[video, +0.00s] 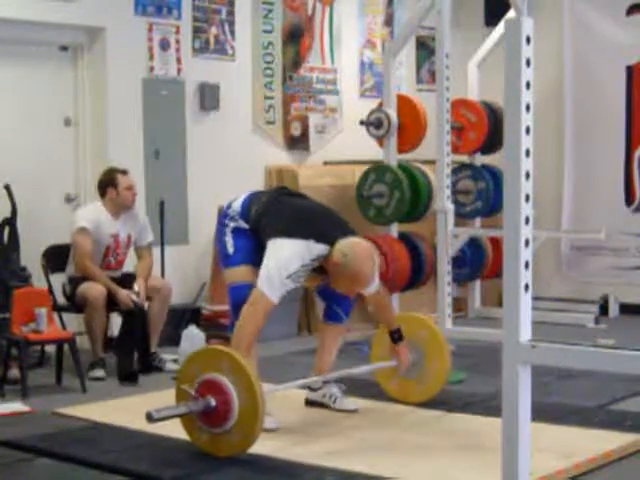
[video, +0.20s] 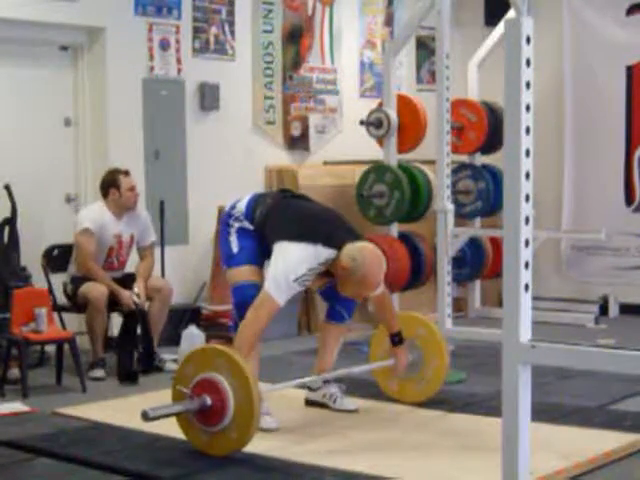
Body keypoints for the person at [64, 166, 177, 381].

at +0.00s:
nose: (135, 193)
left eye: (134, 188)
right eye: (129, 189)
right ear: (111, 193)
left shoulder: (135, 217)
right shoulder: (88, 216)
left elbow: (145, 256)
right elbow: (83, 264)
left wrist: (141, 281)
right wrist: (116, 290)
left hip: (119, 276)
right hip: (87, 277)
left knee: (162, 288)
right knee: (97, 294)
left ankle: (151, 352)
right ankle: (98, 359)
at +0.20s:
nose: (137, 194)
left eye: (135, 188)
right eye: (130, 189)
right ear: (113, 194)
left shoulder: (139, 216)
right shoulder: (91, 216)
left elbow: (147, 256)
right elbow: (85, 264)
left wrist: (140, 283)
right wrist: (119, 291)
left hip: (121, 277)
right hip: (88, 278)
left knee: (162, 289)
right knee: (98, 294)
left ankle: (150, 352)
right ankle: (98, 359)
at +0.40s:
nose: (139, 197)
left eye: (139, 192)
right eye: (134, 193)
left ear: (119, 196)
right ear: (116, 196)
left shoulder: (139, 220)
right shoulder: (91, 218)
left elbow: (147, 257)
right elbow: (85, 265)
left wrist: (140, 281)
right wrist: (120, 288)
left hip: (120, 278)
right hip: (87, 279)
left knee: (162, 289)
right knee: (100, 293)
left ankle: (151, 352)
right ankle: (98, 359)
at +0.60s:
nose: (149, 214)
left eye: (148, 208)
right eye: (145, 208)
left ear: (131, 211)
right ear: (129, 211)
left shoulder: (143, 227)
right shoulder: (93, 226)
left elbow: (147, 259)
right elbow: (76, 267)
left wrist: (142, 275)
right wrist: (115, 281)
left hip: (121, 279)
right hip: (87, 279)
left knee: (161, 287)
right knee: (93, 292)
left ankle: (150, 352)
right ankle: (96, 358)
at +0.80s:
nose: (160, 230)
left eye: (160, 225)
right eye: (156, 226)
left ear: (142, 227)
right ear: (140, 227)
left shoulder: (154, 239)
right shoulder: (106, 235)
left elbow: (152, 263)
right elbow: (76, 267)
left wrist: (146, 275)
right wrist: (114, 284)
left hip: (124, 280)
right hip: (91, 280)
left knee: (166, 289)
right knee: (94, 295)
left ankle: (150, 352)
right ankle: (96, 358)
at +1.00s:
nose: (173, 231)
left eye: (173, 226)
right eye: (170, 226)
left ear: (156, 227)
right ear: (154, 227)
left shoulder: (165, 242)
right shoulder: (120, 239)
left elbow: (162, 262)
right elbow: (86, 266)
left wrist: (150, 278)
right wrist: (120, 287)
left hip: (134, 276)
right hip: (100, 277)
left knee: (169, 291)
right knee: (99, 297)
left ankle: (151, 352)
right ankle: (97, 359)